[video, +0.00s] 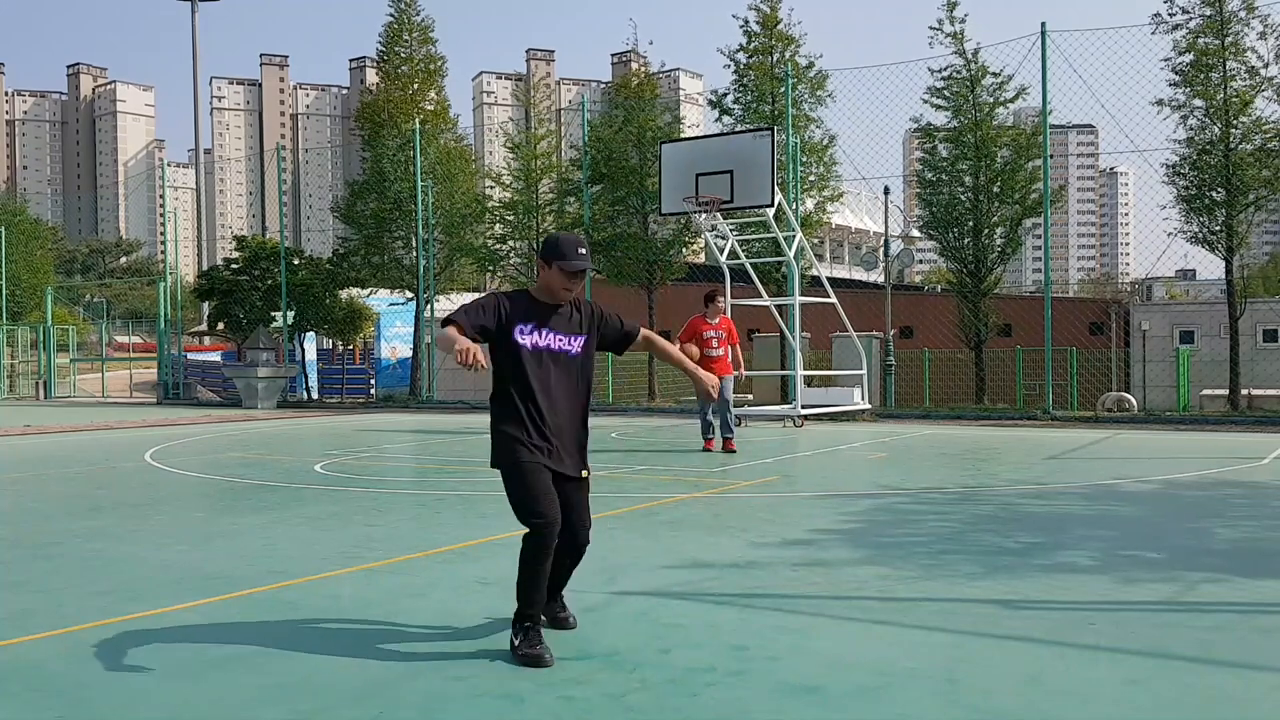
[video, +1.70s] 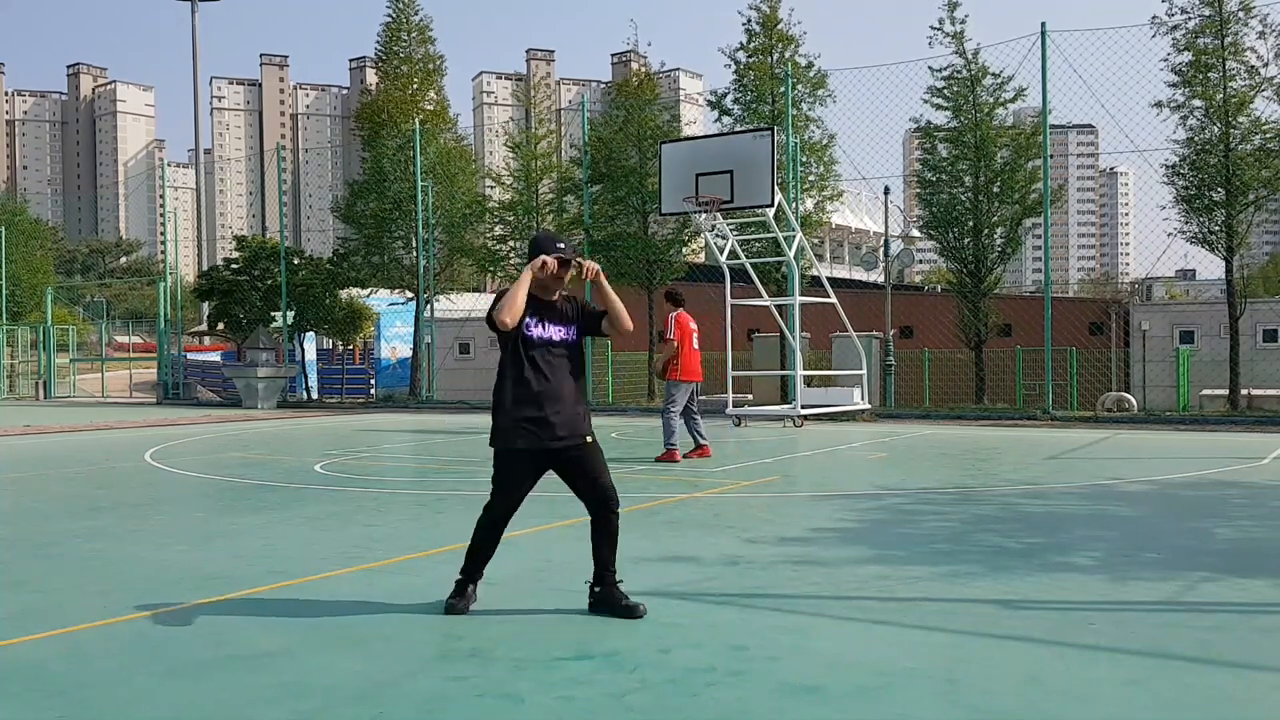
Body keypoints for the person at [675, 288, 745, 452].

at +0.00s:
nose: (722, 306)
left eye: (723, 303)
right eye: (719, 303)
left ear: (724, 304)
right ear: (709, 305)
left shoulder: (727, 322)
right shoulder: (695, 322)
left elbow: (735, 344)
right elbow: (678, 340)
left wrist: (741, 365)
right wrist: (675, 353)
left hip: (725, 370)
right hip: (704, 371)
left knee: (727, 401)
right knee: (705, 407)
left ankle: (728, 439)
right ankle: (708, 439)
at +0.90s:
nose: (699, 305)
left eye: (702, 302)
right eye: (699, 302)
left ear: (712, 303)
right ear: (706, 303)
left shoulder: (729, 321)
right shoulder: (698, 322)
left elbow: (738, 344)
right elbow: (690, 344)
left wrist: (731, 362)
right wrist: (682, 356)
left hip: (724, 373)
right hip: (704, 372)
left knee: (726, 411)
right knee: (703, 409)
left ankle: (728, 442)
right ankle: (703, 444)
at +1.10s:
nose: (688, 304)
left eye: (690, 301)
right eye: (689, 301)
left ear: (699, 302)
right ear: (697, 303)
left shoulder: (716, 319)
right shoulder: (692, 322)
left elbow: (724, 343)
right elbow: (689, 345)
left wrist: (710, 362)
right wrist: (680, 356)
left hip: (712, 371)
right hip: (693, 372)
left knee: (718, 407)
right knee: (695, 410)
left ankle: (727, 436)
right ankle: (701, 445)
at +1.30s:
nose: (678, 305)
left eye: (680, 301)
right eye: (679, 301)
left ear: (687, 301)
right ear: (690, 301)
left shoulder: (704, 316)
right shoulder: (690, 321)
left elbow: (707, 344)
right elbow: (690, 345)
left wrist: (688, 360)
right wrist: (679, 356)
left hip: (703, 371)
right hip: (690, 371)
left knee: (698, 403)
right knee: (691, 407)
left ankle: (716, 436)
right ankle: (701, 444)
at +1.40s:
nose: (675, 305)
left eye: (676, 301)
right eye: (675, 301)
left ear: (683, 302)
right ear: (688, 301)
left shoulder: (696, 316)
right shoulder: (691, 318)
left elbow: (699, 341)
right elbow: (686, 343)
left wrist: (681, 358)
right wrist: (676, 356)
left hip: (697, 370)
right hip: (693, 369)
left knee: (688, 405)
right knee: (694, 405)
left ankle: (703, 443)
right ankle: (701, 444)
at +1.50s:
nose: (672, 305)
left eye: (673, 301)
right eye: (672, 301)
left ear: (679, 301)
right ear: (687, 300)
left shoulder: (689, 316)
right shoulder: (694, 316)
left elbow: (690, 341)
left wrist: (673, 359)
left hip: (691, 372)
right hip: (698, 372)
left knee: (680, 406)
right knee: (694, 408)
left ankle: (685, 446)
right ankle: (702, 445)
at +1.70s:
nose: (664, 305)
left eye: (665, 302)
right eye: (664, 302)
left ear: (669, 302)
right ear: (681, 302)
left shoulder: (674, 317)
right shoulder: (690, 319)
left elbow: (672, 344)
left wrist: (661, 361)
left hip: (680, 373)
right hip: (694, 372)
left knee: (670, 411)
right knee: (690, 410)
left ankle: (671, 449)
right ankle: (702, 445)